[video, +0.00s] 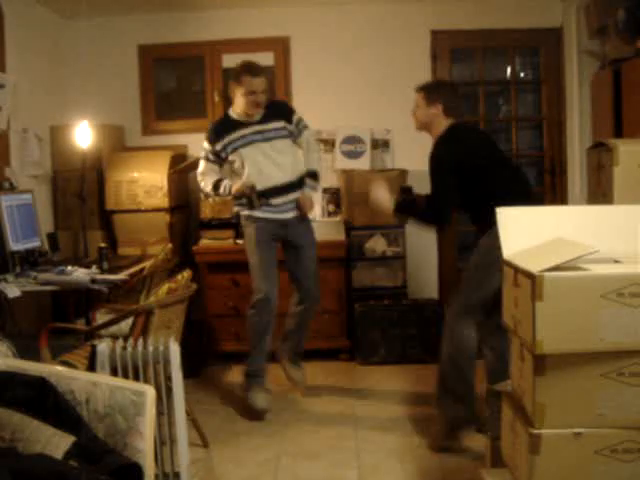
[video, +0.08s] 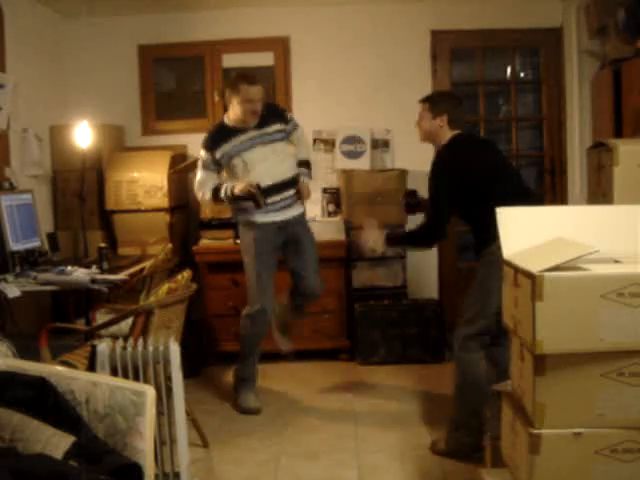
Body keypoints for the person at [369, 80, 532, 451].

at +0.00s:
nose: (413, 113)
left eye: (418, 106)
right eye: (415, 105)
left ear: (437, 109)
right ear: (440, 109)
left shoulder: (447, 148)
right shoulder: (471, 136)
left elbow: (440, 214)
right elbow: (451, 205)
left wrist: (396, 204)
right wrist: (410, 198)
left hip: (500, 232)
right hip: (524, 226)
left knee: (462, 314)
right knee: (496, 323)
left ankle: (456, 415)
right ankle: (501, 416)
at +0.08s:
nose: (417, 124)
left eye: (422, 117)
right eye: (419, 117)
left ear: (440, 120)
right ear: (445, 120)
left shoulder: (447, 160)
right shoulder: (480, 145)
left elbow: (434, 232)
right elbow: (475, 201)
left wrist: (389, 238)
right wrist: (423, 206)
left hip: (501, 246)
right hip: (531, 237)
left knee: (469, 337)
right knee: (501, 338)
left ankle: (466, 440)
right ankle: (507, 431)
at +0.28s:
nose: (409, 126)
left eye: (412, 118)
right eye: (409, 118)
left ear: (433, 117)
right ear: (439, 117)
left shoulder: (438, 152)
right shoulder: (476, 136)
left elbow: (422, 216)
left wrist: (397, 263)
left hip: (501, 223)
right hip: (535, 219)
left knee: (446, 282)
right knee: (512, 305)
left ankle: (457, 375)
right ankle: (504, 386)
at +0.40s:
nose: (406, 129)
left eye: (409, 121)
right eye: (406, 121)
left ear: (429, 121)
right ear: (437, 121)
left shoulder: (431, 158)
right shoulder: (474, 136)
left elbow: (437, 228)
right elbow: (484, 196)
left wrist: (413, 240)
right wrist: (448, 213)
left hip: (496, 214)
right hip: (536, 206)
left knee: (454, 268)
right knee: (500, 297)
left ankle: (455, 353)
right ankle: (496, 378)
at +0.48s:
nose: (410, 139)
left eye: (413, 133)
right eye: (410, 133)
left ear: (431, 133)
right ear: (441, 131)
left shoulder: (431, 173)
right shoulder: (481, 149)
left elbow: (441, 238)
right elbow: (514, 189)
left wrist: (415, 214)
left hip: (481, 240)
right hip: (519, 229)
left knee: (465, 313)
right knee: (500, 318)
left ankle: (463, 398)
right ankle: (497, 403)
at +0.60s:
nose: (411, 147)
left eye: (414, 140)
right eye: (410, 140)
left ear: (432, 138)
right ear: (438, 137)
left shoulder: (431, 175)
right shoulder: (483, 153)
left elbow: (412, 240)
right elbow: (514, 194)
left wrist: (389, 222)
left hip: (476, 244)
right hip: (516, 238)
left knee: (449, 304)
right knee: (501, 324)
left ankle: (461, 373)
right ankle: (494, 405)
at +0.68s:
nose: (407, 147)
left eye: (409, 139)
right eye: (405, 140)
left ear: (427, 135)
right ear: (434, 134)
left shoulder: (432, 167)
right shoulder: (478, 146)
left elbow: (401, 231)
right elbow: (515, 188)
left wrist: (369, 226)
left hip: (487, 235)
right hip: (528, 225)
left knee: (440, 259)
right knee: (499, 316)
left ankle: (451, 337)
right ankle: (493, 400)